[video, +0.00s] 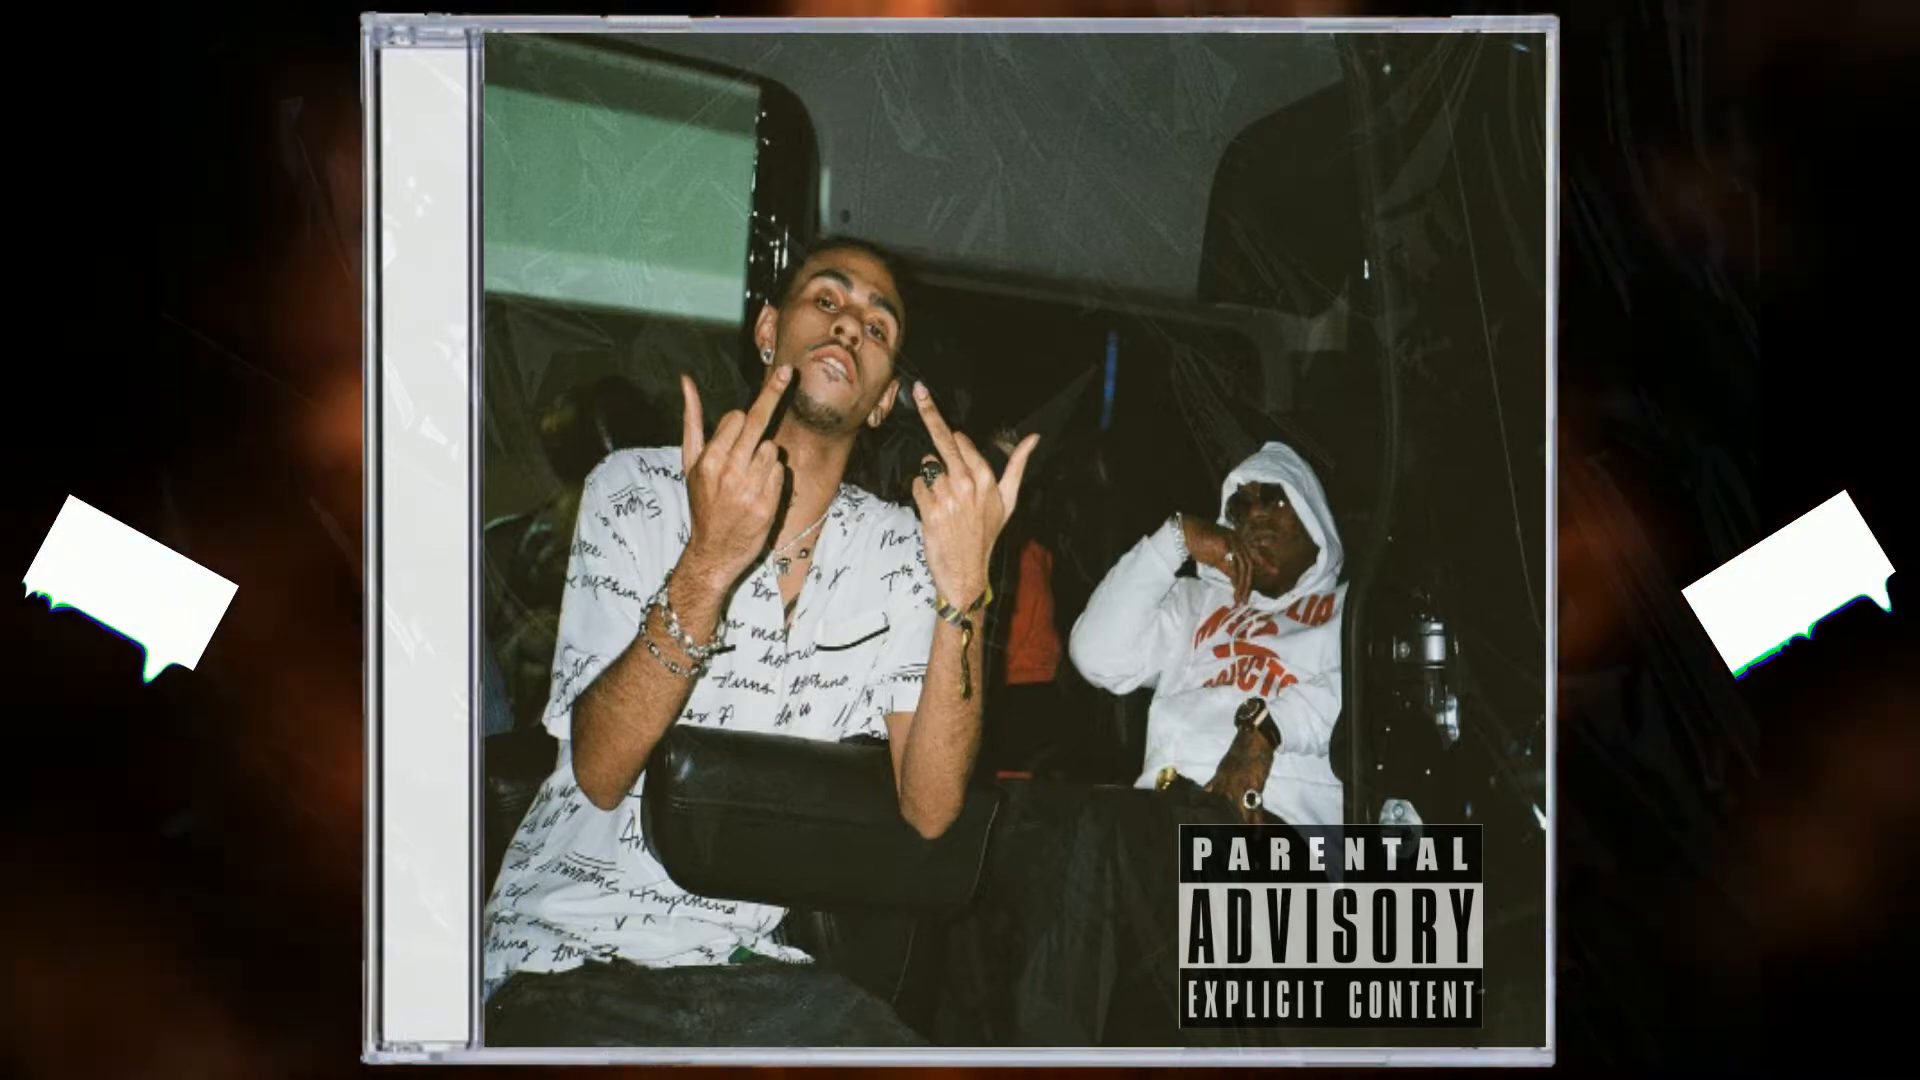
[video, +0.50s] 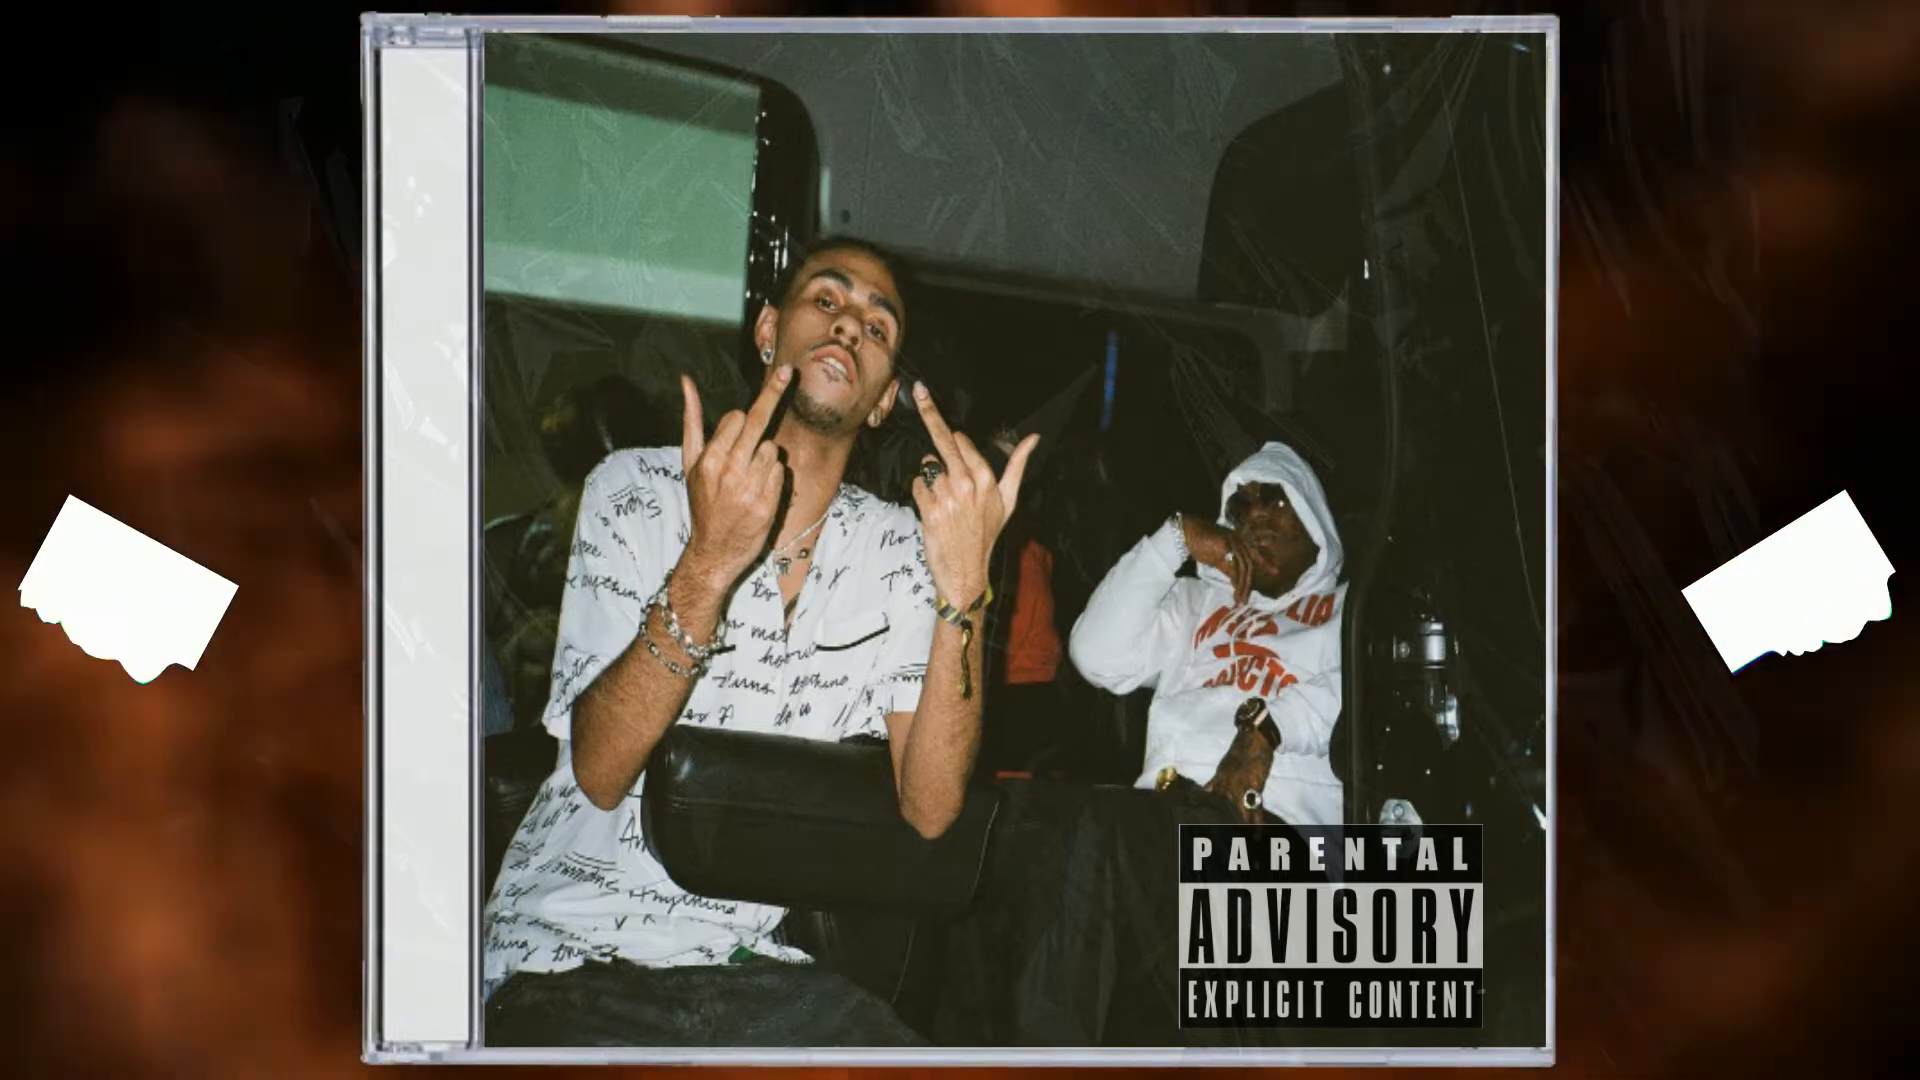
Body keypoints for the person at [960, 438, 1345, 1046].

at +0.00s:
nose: (1257, 522)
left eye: (1277, 505)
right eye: (1243, 507)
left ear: (1318, 526)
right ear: (1226, 526)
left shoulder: (1350, 607)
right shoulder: (1196, 601)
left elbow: (1355, 698)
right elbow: (1099, 658)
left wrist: (1266, 727)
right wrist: (1177, 538)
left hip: (1284, 818)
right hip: (1163, 809)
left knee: (1099, 822)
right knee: (1028, 810)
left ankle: (1049, 1053)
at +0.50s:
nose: (1259, 518)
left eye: (1279, 501)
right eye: (1245, 503)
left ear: (1318, 522)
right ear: (1227, 523)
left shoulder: (1352, 608)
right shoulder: (1197, 599)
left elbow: (1356, 705)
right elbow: (1100, 658)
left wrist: (1268, 725)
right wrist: (1176, 540)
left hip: (1285, 816)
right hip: (1165, 806)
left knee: (1103, 824)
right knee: (1028, 811)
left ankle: (1051, 1054)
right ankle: (967, 1048)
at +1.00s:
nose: (1259, 519)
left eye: (1279, 502)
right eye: (1246, 503)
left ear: (1318, 522)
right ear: (1228, 523)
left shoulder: (1351, 606)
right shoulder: (1198, 599)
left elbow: (1348, 705)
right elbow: (1099, 658)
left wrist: (1272, 727)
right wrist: (1176, 539)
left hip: (1285, 817)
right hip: (1165, 807)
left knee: (1103, 824)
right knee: (1028, 811)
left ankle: (1052, 1054)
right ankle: (967, 1048)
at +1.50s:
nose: (1258, 520)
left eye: (1278, 503)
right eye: (1243, 504)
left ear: (1318, 524)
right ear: (1226, 525)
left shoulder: (1350, 610)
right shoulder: (1195, 602)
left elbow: (1343, 703)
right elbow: (1099, 658)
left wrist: (1264, 727)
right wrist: (1177, 538)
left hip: (1284, 818)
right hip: (1163, 808)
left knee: (1101, 823)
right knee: (1029, 812)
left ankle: (1050, 1050)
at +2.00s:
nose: (1258, 520)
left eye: (1278, 503)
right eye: (1243, 505)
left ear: (1317, 525)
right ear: (1226, 526)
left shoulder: (1349, 610)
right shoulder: (1195, 602)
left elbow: (1343, 703)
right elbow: (1099, 658)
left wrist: (1264, 727)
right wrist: (1177, 539)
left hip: (1283, 819)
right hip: (1163, 808)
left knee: (1102, 822)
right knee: (1028, 810)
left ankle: (1049, 1051)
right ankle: (969, 1047)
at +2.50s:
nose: (1258, 517)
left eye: (1279, 501)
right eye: (1245, 502)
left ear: (1318, 522)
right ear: (1227, 523)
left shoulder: (1352, 607)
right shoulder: (1197, 601)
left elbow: (1349, 701)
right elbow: (1099, 657)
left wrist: (1268, 725)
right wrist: (1177, 539)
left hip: (1282, 817)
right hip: (1166, 806)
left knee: (1102, 823)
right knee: (1026, 809)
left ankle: (1051, 1053)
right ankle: (970, 1047)